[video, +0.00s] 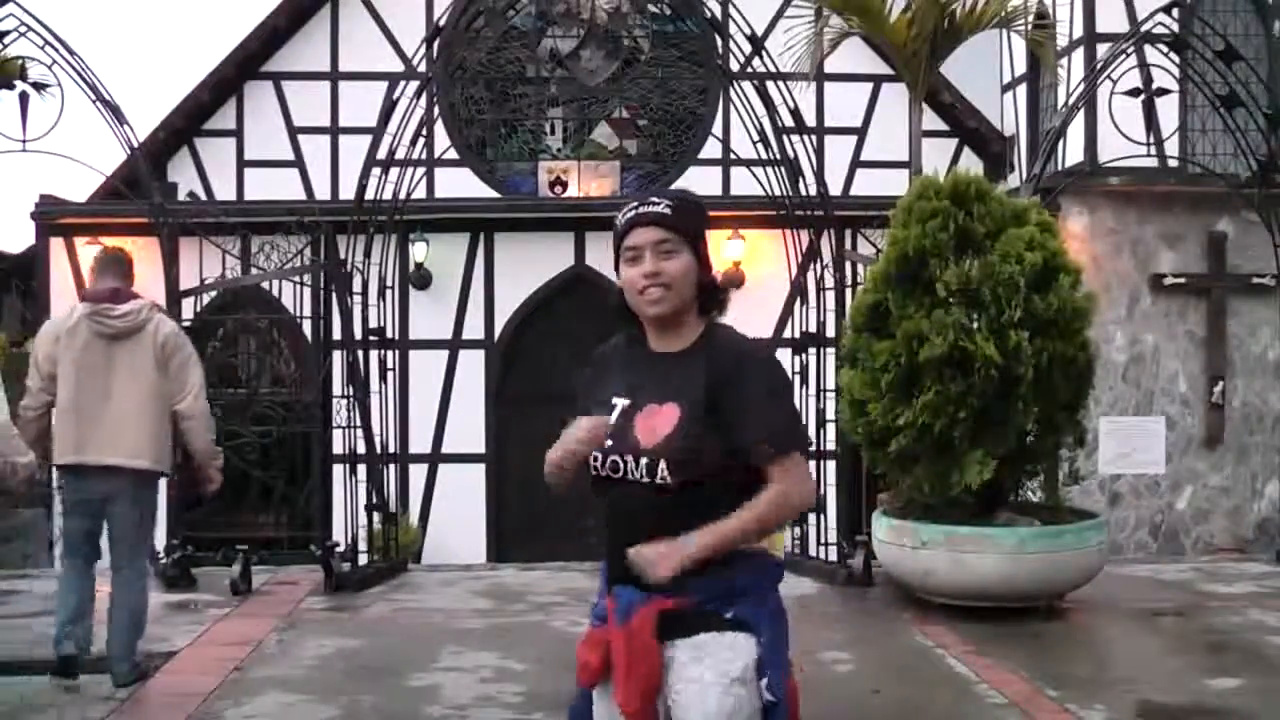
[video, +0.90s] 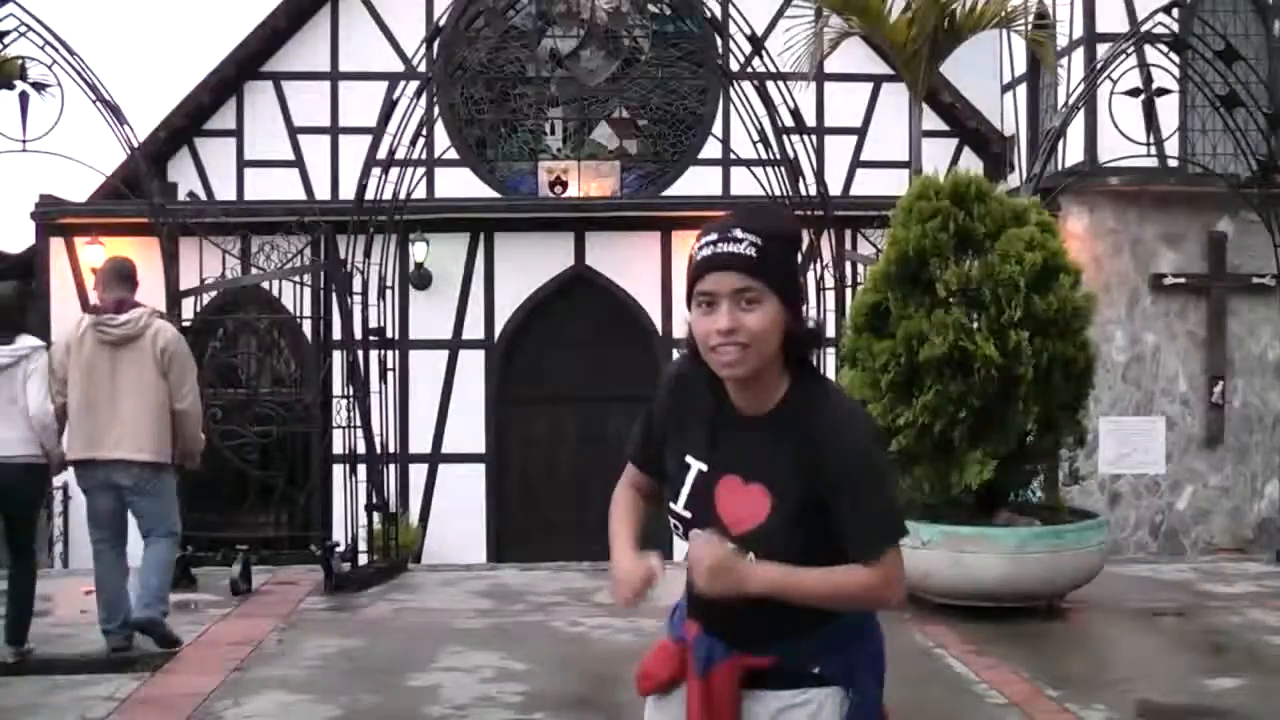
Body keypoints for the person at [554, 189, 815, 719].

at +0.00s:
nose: (648, 270)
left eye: (667, 253)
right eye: (633, 257)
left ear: (701, 266)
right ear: (619, 273)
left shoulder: (745, 364)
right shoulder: (610, 361)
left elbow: (796, 488)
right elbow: (561, 481)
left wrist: (688, 549)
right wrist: (568, 451)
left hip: (728, 606)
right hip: (625, 606)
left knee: (752, 709)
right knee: (592, 711)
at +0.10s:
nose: (661, 275)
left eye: (680, 257)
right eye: (646, 262)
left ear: (717, 268)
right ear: (633, 278)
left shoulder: (757, 370)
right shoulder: (619, 364)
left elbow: (811, 502)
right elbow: (565, 465)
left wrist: (700, 545)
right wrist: (598, 456)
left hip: (732, 616)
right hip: (631, 613)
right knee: (607, 710)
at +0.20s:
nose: (686, 291)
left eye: (707, 272)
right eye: (671, 277)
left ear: (745, 284)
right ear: (659, 293)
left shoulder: (791, 396)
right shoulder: (654, 379)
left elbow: (829, 538)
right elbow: (606, 470)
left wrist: (710, 517)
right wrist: (611, 529)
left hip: (758, 650)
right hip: (654, 639)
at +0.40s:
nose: (715, 324)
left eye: (736, 302)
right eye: (698, 306)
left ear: (777, 312)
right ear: (683, 320)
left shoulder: (821, 426)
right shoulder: (675, 392)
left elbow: (867, 581)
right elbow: (631, 482)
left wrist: (736, 585)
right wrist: (623, 542)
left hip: (799, 683)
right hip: (693, 669)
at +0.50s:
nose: (723, 336)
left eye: (747, 314)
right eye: (707, 317)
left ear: (789, 322)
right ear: (691, 326)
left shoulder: (827, 433)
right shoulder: (688, 390)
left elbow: (896, 587)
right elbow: (627, 488)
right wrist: (651, 515)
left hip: (816, 684)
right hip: (707, 668)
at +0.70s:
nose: (733, 334)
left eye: (757, 312)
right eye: (715, 314)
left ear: (799, 321)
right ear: (699, 323)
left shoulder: (842, 434)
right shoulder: (688, 393)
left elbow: (911, 584)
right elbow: (641, 494)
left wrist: (777, 594)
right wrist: (673, 580)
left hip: (814, 692)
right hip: (709, 680)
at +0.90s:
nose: (724, 324)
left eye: (748, 302)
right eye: (706, 305)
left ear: (791, 312)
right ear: (690, 316)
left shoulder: (838, 427)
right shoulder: (684, 390)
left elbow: (887, 584)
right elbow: (635, 488)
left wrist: (751, 575)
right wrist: (624, 555)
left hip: (809, 684)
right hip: (700, 669)